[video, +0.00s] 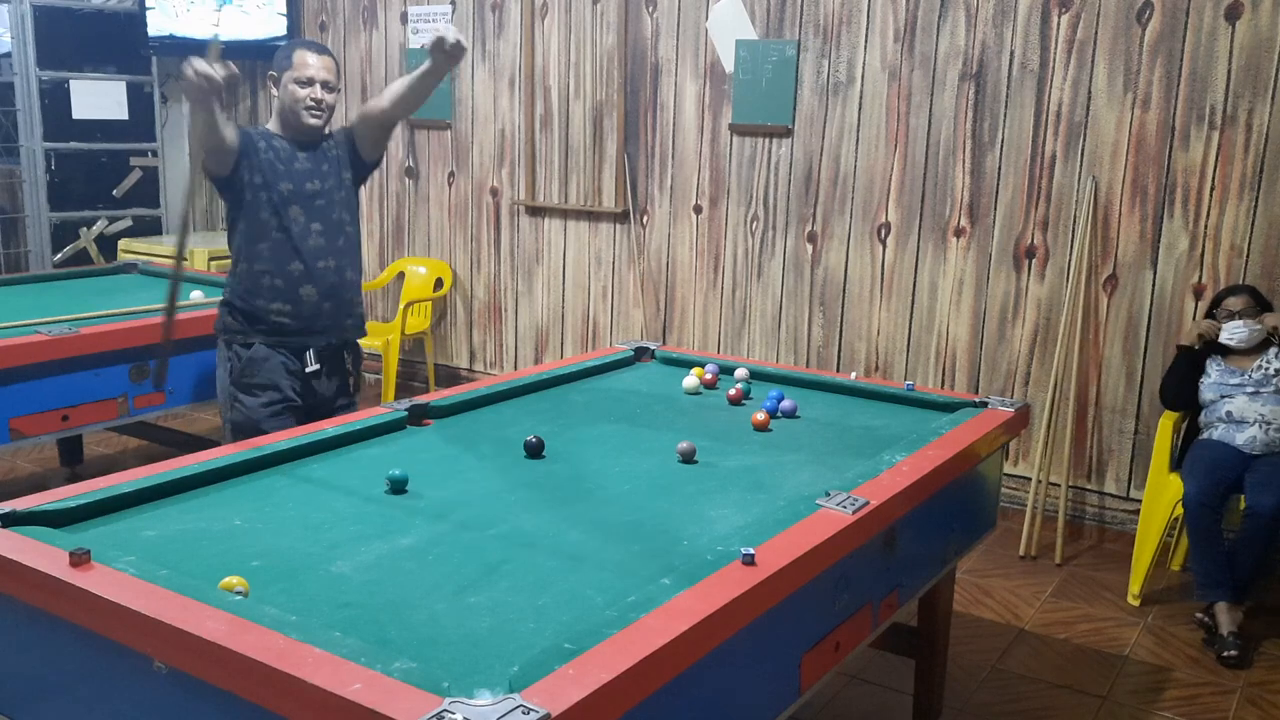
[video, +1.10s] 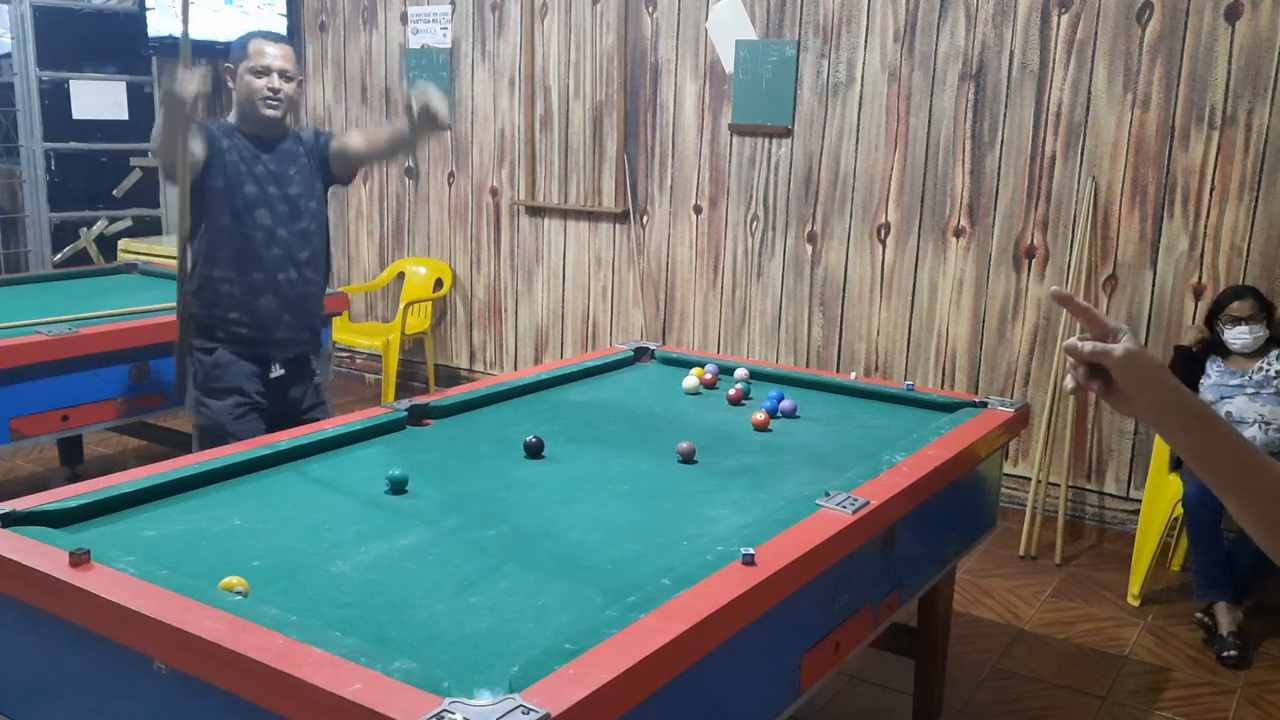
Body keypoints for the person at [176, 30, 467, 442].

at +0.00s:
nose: (318, 95)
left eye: (329, 87)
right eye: (304, 83)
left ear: (337, 96)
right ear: (275, 87)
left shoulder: (345, 153)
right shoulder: (246, 149)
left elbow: (384, 112)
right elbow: (214, 148)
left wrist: (436, 68)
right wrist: (204, 102)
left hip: (334, 351)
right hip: (261, 352)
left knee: (334, 485)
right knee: (267, 488)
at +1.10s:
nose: (274, 85)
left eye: (286, 77)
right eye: (261, 73)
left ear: (298, 89)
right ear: (233, 79)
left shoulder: (312, 147)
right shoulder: (209, 139)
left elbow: (365, 145)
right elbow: (174, 165)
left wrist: (412, 131)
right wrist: (176, 112)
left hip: (298, 351)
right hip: (226, 351)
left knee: (314, 479)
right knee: (235, 486)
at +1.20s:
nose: (266, 87)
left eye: (277, 77)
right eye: (252, 73)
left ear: (290, 88)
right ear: (223, 79)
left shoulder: (305, 154)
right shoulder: (194, 149)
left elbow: (363, 192)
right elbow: (145, 212)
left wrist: (410, 204)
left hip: (294, 351)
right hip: (219, 355)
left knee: (307, 485)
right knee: (227, 491)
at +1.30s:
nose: (255, 85)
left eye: (266, 76)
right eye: (240, 73)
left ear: (279, 87)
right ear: (212, 77)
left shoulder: (299, 160)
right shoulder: (177, 160)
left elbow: (345, 236)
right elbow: (144, 235)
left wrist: (383, 298)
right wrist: (137, 297)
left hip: (290, 361)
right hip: (209, 363)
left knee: (297, 498)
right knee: (208, 501)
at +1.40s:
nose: (244, 80)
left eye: (256, 71)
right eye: (229, 68)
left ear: (269, 84)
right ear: (200, 78)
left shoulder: (289, 163)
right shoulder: (166, 163)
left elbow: (309, 260)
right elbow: (134, 267)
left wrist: (322, 346)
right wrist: (114, 367)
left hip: (280, 369)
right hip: (197, 373)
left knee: (294, 506)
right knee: (198, 513)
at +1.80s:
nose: (180, 81)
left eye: (190, 69)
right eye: (162, 69)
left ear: (202, 79)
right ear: (126, 80)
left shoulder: (219, 153)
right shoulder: (98, 179)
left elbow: (227, 253)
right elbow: (80, 296)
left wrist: (246, 315)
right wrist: (59, 400)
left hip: (234, 370)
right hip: (151, 381)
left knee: (273, 511)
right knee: (169, 531)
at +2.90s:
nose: (169, 100)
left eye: (183, 88)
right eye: (153, 85)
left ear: (203, 94)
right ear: (122, 85)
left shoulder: (233, 174)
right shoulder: (77, 179)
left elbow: (273, 280)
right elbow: (54, 287)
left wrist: (307, 372)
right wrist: (41, 390)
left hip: (219, 400)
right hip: (116, 405)